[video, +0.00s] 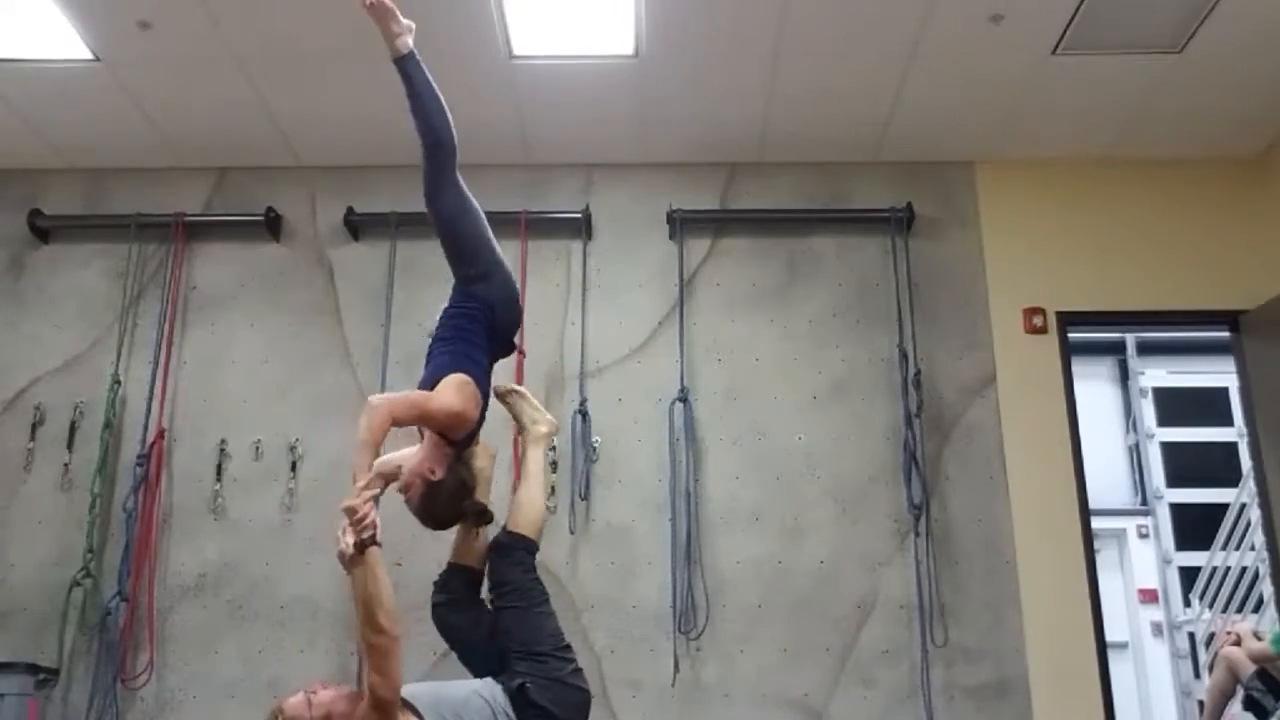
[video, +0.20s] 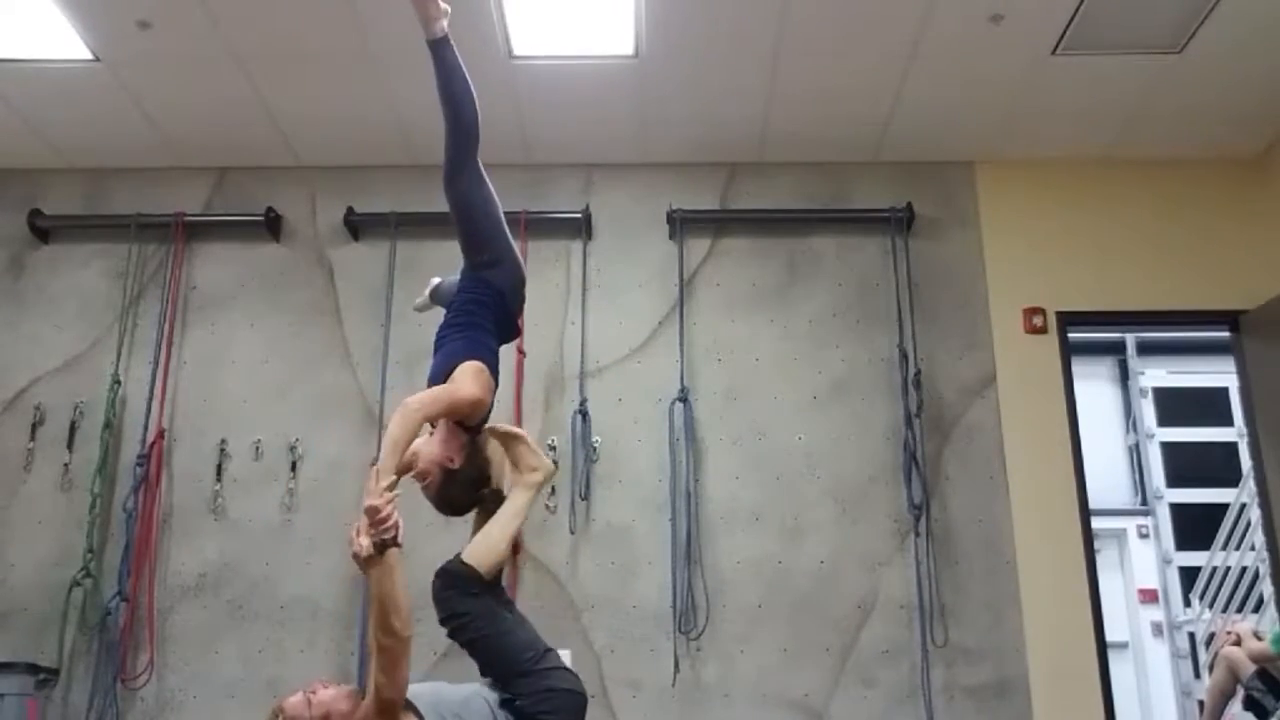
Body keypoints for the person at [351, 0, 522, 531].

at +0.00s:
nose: (405, 483)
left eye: (407, 490)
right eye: (413, 486)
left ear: (431, 472)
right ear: (435, 471)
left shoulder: (459, 434)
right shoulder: (449, 414)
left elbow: (393, 465)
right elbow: (377, 410)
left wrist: (366, 505)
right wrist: (360, 488)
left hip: (499, 325)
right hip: (491, 298)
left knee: (444, 176)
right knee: (442, 167)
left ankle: (406, 47)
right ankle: (402, 45)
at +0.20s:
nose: (419, 467)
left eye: (421, 477)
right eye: (431, 470)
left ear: (446, 445)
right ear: (455, 452)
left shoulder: (459, 409)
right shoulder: (469, 400)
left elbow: (397, 447)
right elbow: (407, 414)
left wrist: (371, 509)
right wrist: (384, 483)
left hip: (496, 307)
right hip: (496, 281)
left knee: (460, 290)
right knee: (463, 160)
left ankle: (438, 290)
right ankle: (436, 24)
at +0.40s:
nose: (424, 478)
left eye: (425, 488)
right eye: (434, 483)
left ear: (444, 470)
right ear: (458, 472)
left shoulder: (428, 426)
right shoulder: (472, 399)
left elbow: (384, 465)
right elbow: (415, 413)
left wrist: (358, 525)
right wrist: (393, 483)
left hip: (480, 307)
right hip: (496, 285)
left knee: (451, 285)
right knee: (458, 156)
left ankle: (427, 268)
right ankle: (429, 23)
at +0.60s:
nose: (428, 489)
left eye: (428, 497)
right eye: (436, 495)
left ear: (441, 483)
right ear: (452, 485)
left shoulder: (418, 439)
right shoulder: (469, 427)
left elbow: (363, 464)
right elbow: (425, 420)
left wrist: (343, 519)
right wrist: (395, 496)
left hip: (470, 321)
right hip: (495, 305)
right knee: (423, 173)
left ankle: (452, 201)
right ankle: (355, 63)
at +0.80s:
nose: (431, 518)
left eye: (433, 528)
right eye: (440, 524)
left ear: (451, 510)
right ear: (461, 506)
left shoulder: (423, 455)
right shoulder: (472, 457)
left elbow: (373, 460)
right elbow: (440, 425)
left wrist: (342, 520)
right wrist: (413, 500)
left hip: (429, 341)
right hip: (467, 330)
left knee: (355, 263)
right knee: (464, 192)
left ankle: (300, 181)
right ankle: (462, 74)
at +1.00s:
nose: (519, 471)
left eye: (514, 487)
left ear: (498, 518)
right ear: (528, 522)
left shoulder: (460, 510)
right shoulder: (507, 467)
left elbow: (386, 479)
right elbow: (563, 464)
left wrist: (363, 528)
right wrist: (521, 523)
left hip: (398, 390)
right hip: (442, 348)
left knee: (281, 384)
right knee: (454, 231)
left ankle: (169, 341)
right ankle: (465, 140)